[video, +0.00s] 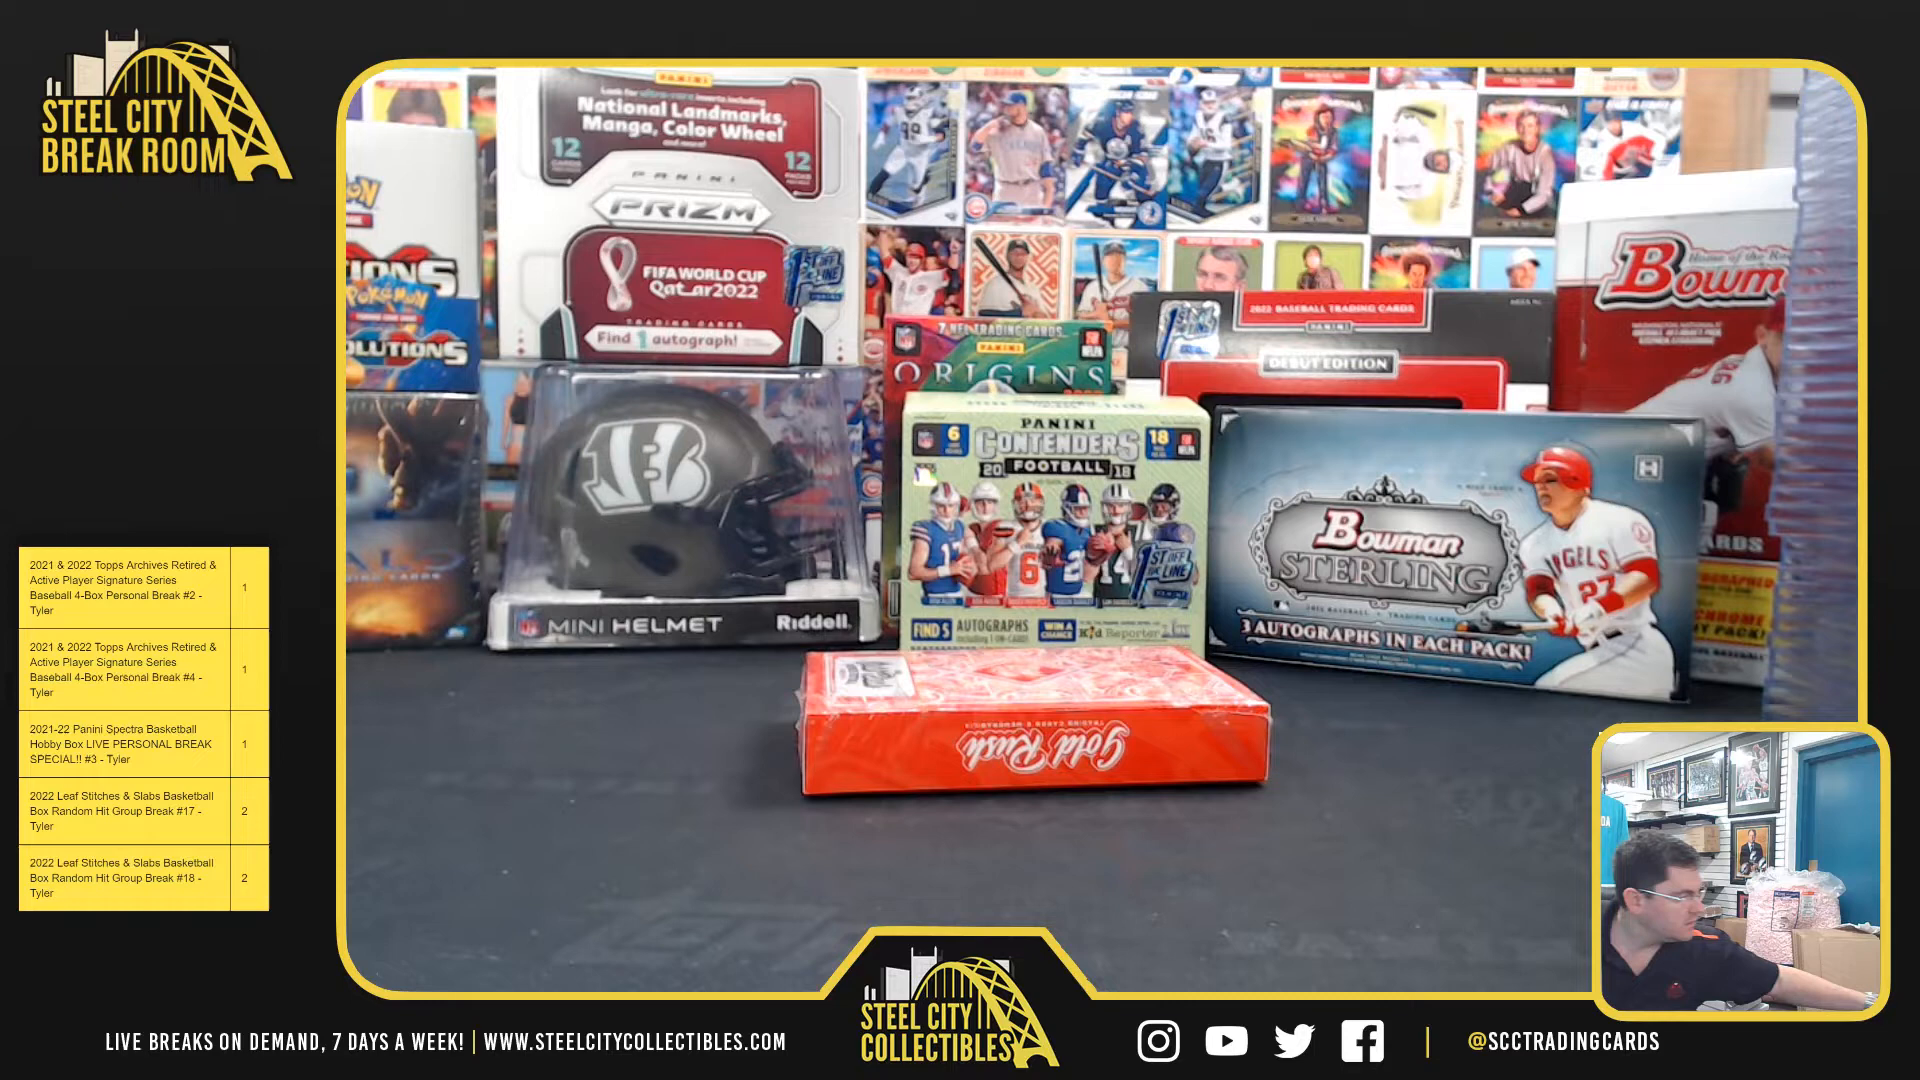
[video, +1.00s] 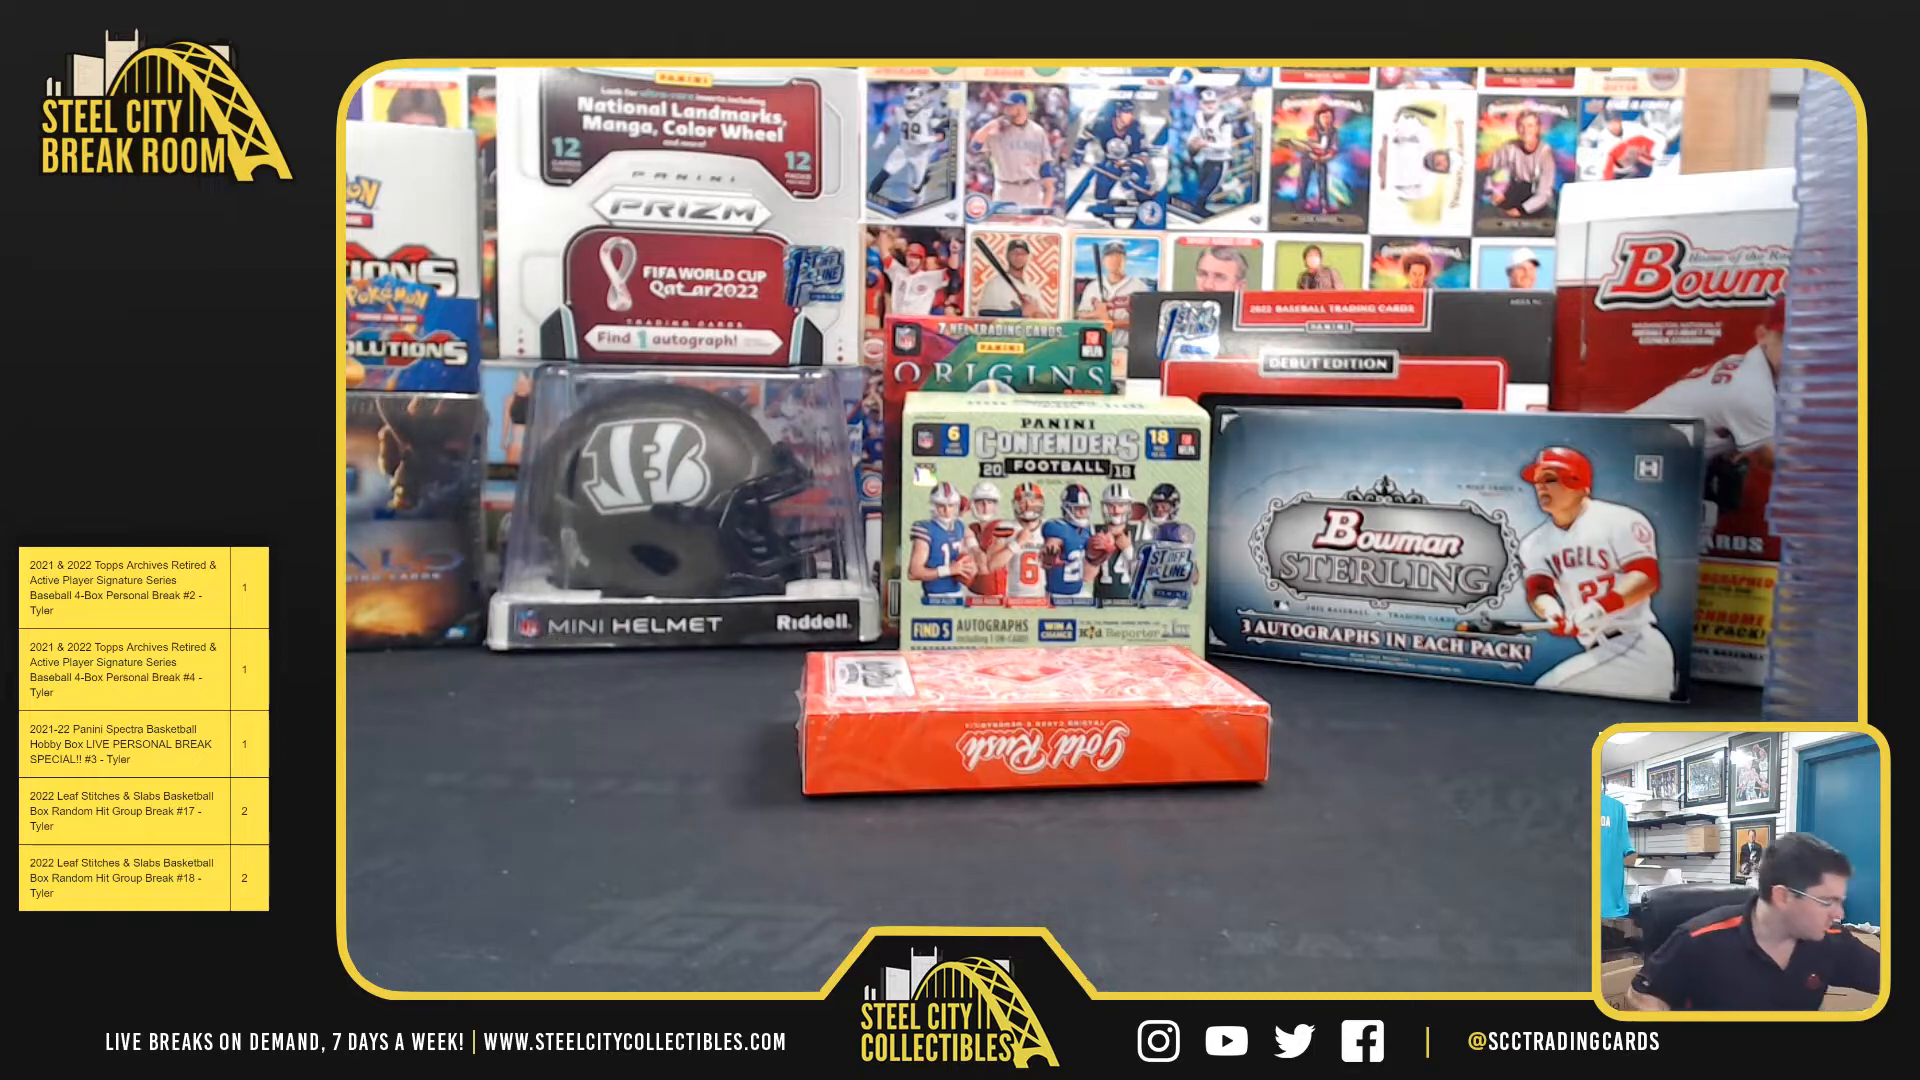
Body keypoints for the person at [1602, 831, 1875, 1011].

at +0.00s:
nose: (1699, 908)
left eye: (1699, 894)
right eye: (1682, 896)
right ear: (1634, 901)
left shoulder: (1706, 954)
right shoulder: (1578, 938)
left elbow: (1781, 983)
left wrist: (1869, 1003)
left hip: (1657, 1062)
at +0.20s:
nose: (1714, 910)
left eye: (1714, 896)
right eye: (1700, 899)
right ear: (1652, 902)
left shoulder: (1725, 956)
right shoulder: (1593, 942)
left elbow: (1794, 983)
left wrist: (1875, 1002)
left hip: (1681, 1063)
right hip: (1599, 1059)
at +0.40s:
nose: (1742, 909)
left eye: (1742, 896)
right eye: (1727, 898)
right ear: (1681, 899)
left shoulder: (1748, 946)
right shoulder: (1606, 941)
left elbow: (1818, 972)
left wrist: (1886, 990)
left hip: (1707, 1058)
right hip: (1619, 1054)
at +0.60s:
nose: (1768, 899)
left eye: (1768, 886)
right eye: (1755, 888)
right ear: (1710, 889)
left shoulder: (1775, 936)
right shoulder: (1631, 945)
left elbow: (1853, 963)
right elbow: (1598, 1013)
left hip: (1748, 1062)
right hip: (1654, 1061)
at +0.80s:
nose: (1798, 901)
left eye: (1798, 889)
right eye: (1785, 890)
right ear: (1740, 889)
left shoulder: (1802, 938)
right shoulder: (1666, 943)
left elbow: (1879, 977)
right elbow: (1611, 1008)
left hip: (1769, 1060)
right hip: (1682, 1061)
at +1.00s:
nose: (1839, 915)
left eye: (1841, 902)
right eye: (1828, 902)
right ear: (1781, 896)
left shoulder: (1834, 946)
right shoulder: (1695, 943)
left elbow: (1892, 981)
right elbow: (1643, 995)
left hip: (1792, 1061)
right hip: (1708, 1062)